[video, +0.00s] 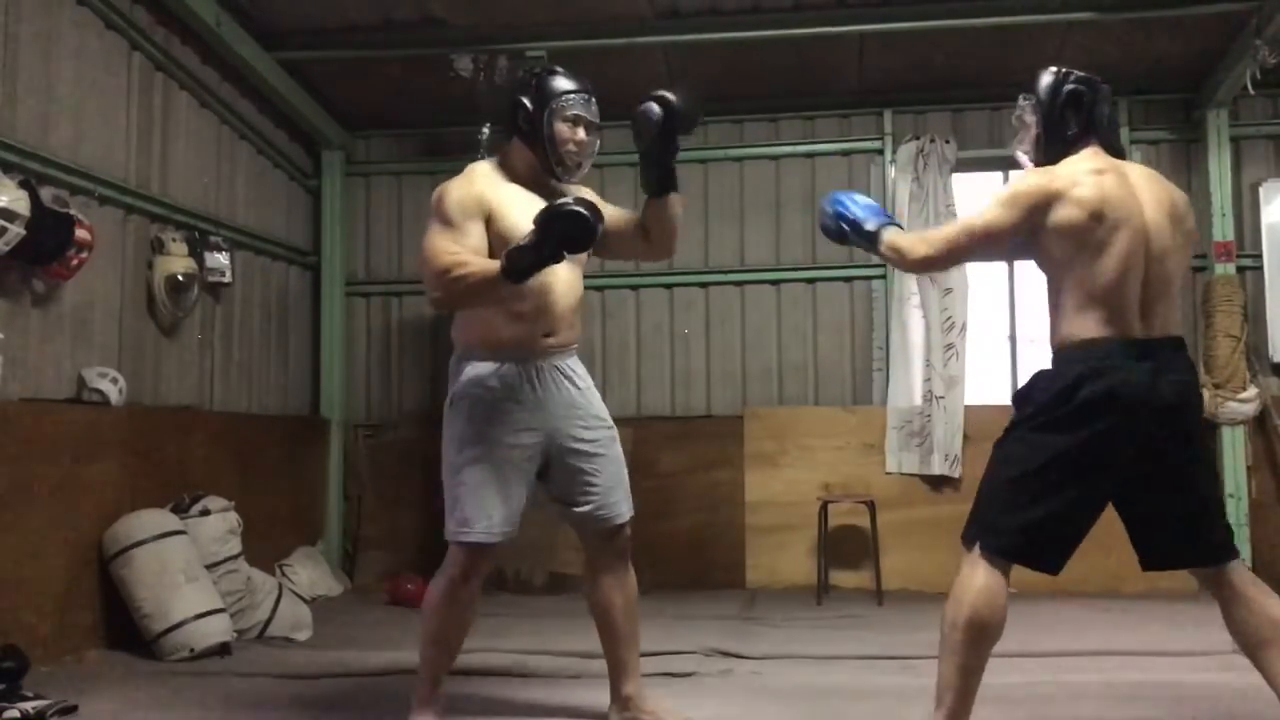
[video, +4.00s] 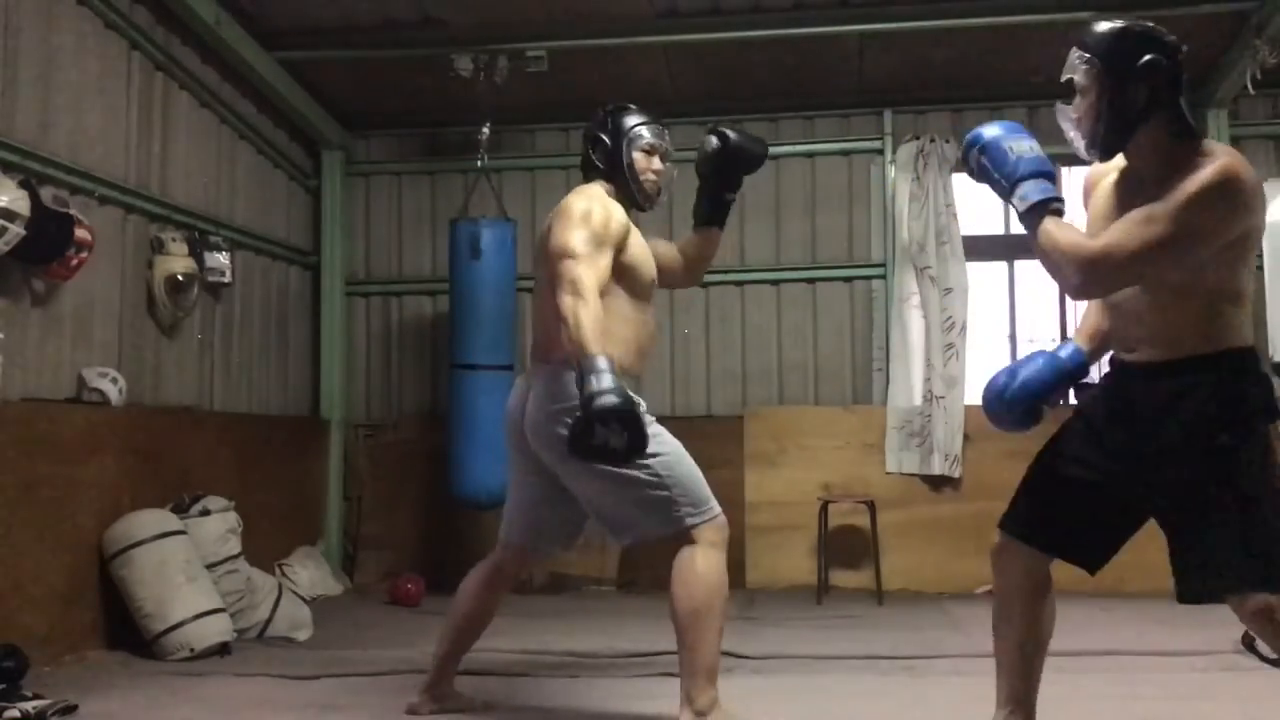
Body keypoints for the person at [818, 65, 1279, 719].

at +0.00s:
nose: (1019, 143)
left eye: (1023, 128)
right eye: (1019, 128)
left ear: (1051, 127)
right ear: (1097, 125)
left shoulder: (1046, 188)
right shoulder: (1172, 197)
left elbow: (927, 253)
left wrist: (873, 232)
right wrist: (1038, 187)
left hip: (1081, 391)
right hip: (1173, 391)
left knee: (987, 556)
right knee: (1226, 569)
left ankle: (949, 712)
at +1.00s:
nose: (1069, 129)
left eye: (1075, 112)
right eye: (1067, 114)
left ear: (1114, 107)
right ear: (1142, 107)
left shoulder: (1146, 169)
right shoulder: (1217, 176)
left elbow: (1106, 283)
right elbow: (1144, 295)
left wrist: (1016, 235)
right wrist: (1044, 273)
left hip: (1162, 381)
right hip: (1245, 379)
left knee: (1063, 546)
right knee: (1270, 564)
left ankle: (1037, 711)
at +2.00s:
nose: (1037, 133)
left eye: (1047, 116)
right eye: (1036, 119)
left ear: (1091, 114)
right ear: (1089, 119)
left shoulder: (1147, 178)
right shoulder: (1120, 198)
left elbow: (1126, 302)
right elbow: (1092, 319)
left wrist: (1029, 255)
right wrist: (1011, 278)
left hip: (1169, 388)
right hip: (1204, 390)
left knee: (1047, 549)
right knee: (1242, 569)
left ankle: (1033, 711)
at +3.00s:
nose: (1141, 95)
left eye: (1155, 78)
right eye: (1139, 80)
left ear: (1212, 79)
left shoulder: (1272, 164)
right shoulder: (1184, 169)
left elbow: (1257, 287)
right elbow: (1206, 289)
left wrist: (1168, 236)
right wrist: (1135, 345)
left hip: (1264, 392)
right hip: (1201, 389)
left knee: (1272, 580)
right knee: (1105, 528)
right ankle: (1130, 708)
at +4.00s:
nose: (1065, 106)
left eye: (1077, 88)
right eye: (1064, 90)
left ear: (1138, 90)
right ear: (1132, 95)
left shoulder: (1224, 180)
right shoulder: (1100, 183)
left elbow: (1085, 272)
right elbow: (1111, 299)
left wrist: (1028, 191)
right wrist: (1069, 358)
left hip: (1215, 402)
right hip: (1123, 399)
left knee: (1257, 601)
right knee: (1018, 551)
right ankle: (1014, 713)